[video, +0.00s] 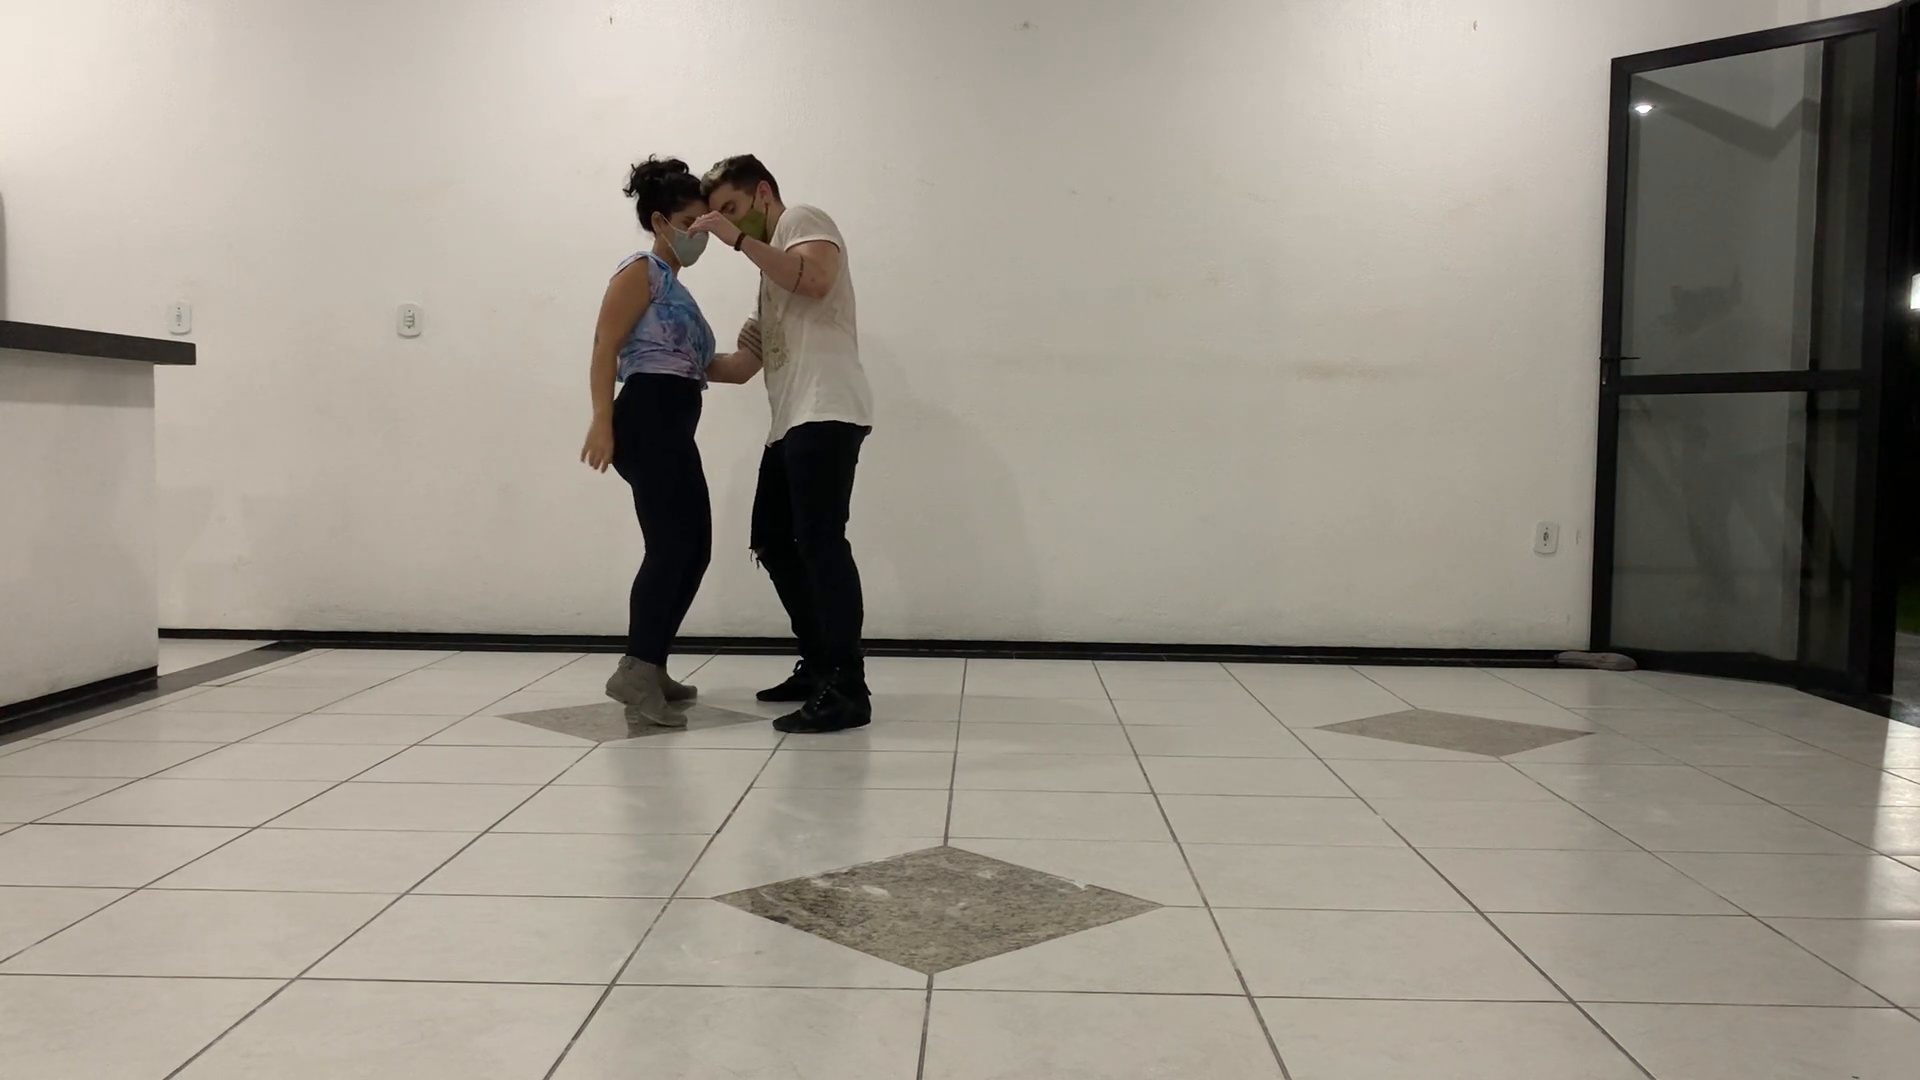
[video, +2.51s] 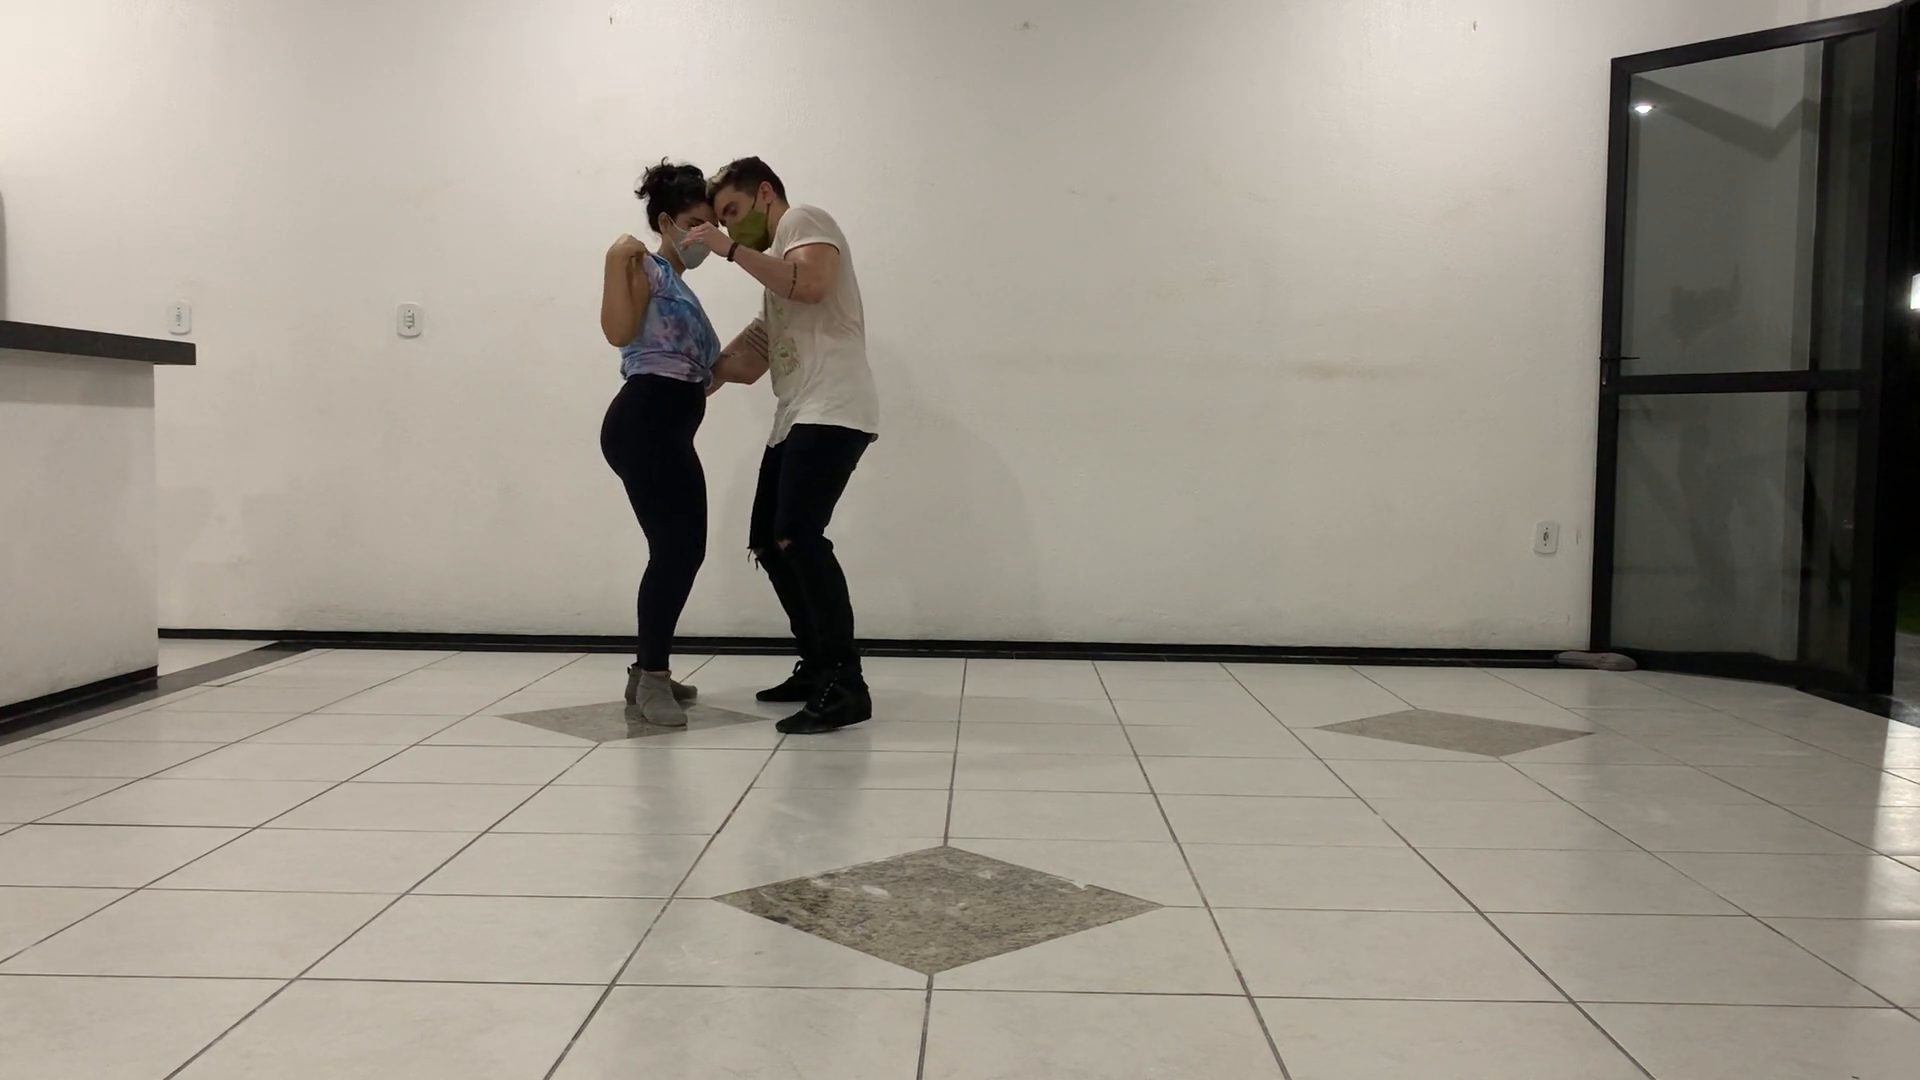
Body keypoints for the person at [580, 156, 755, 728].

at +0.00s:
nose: (701, 228)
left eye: (703, 219)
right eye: (689, 219)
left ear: (702, 222)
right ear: (658, 223)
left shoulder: (677, 294)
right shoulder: (640, 273)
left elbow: (723, 367)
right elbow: (604, 346)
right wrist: (601, 420)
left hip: (674, 417)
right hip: (647, 415)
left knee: (692, 545)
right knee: (672, 543)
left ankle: (650, 665)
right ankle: (638, 668)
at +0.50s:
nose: (697, 230)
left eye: (700, 220)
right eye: (685, 220)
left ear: (703, 221)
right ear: (654, 224)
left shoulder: (673, 290)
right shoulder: (638, 274)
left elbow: (698, 369)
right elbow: (611, 350)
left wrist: (750, 355)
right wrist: (613, 423)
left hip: (673, 425)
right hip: (646, 424)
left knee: (693, 549)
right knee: (672, 546)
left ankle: (651, 667)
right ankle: (639, 674)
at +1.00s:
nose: (696, 237)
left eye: (700, 225)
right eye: (685, 225)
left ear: (697, 227)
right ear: (654, 226)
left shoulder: (671, 289)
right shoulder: (638, 273)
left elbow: (701, 370)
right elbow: (584, 331)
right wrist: (610, 411)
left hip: (680, 428)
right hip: (648, 426)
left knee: (698, 551)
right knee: (669, 550)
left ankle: (652, 668)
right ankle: (651, 678)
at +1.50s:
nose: (695, 238)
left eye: (700, 227)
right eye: (683, 228)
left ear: (705, 229)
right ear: (655, 230)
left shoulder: (675, 298)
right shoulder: (645, 270)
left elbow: (733, 373)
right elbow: (577, 287)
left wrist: (757, 354)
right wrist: (624, 357)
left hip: (670, 427)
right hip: (643, 424)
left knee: (693, 551)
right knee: (656, 550)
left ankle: (649, 667)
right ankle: (627, 678)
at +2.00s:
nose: (700, 237)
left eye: (704, 226)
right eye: (691, 224)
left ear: (700, 230)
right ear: (658, 220)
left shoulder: (680, 296)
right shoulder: (638, 265)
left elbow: (720, 371)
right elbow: (580, 296)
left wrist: (758, 348)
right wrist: (631, 247)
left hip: (671, 426)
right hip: (641, 422)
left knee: (688, 552)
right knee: (669, 551)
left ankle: (652, 670)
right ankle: (645, 679)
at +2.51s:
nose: (702, 233)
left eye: (706, 223)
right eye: (692, 222)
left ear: (705, 226)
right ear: (665, 223)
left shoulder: (679, 287)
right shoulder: (640, 266)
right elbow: (617, 332)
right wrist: (620, 263)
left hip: (670, 426)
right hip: (643, 422)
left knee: (684, 549)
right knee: (672, 550)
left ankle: (652, 670)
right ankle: (648, 679)